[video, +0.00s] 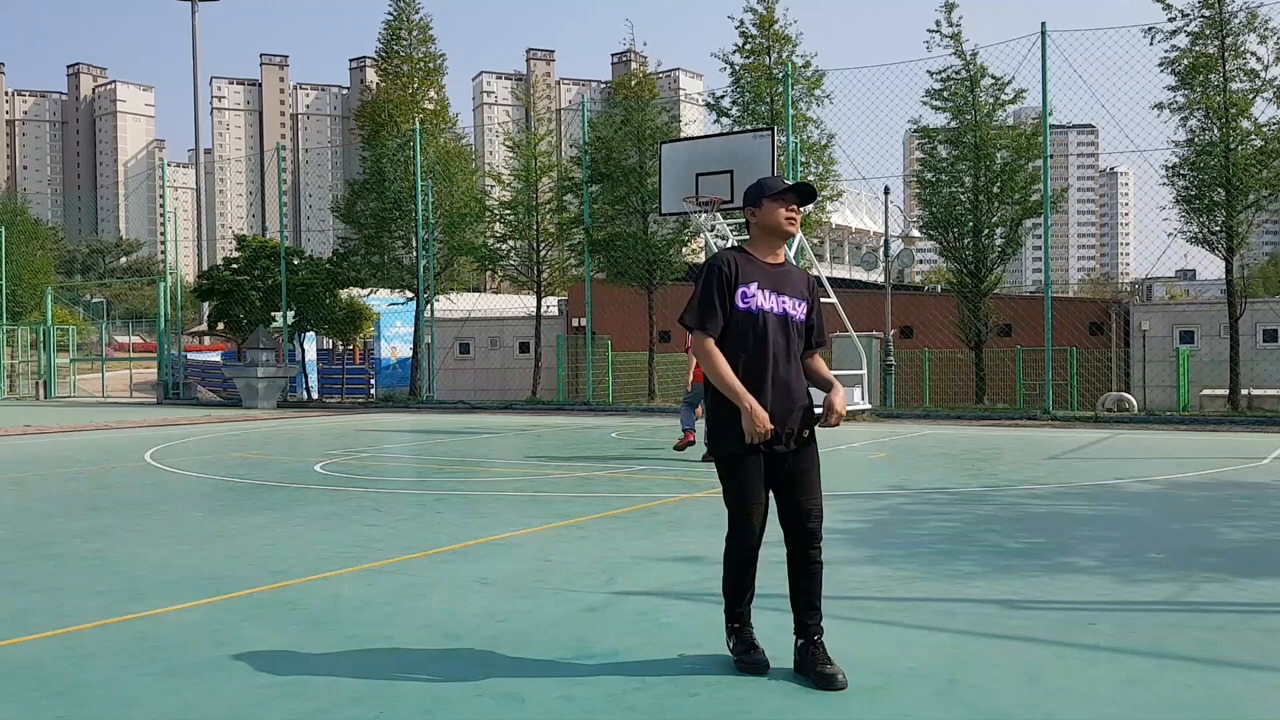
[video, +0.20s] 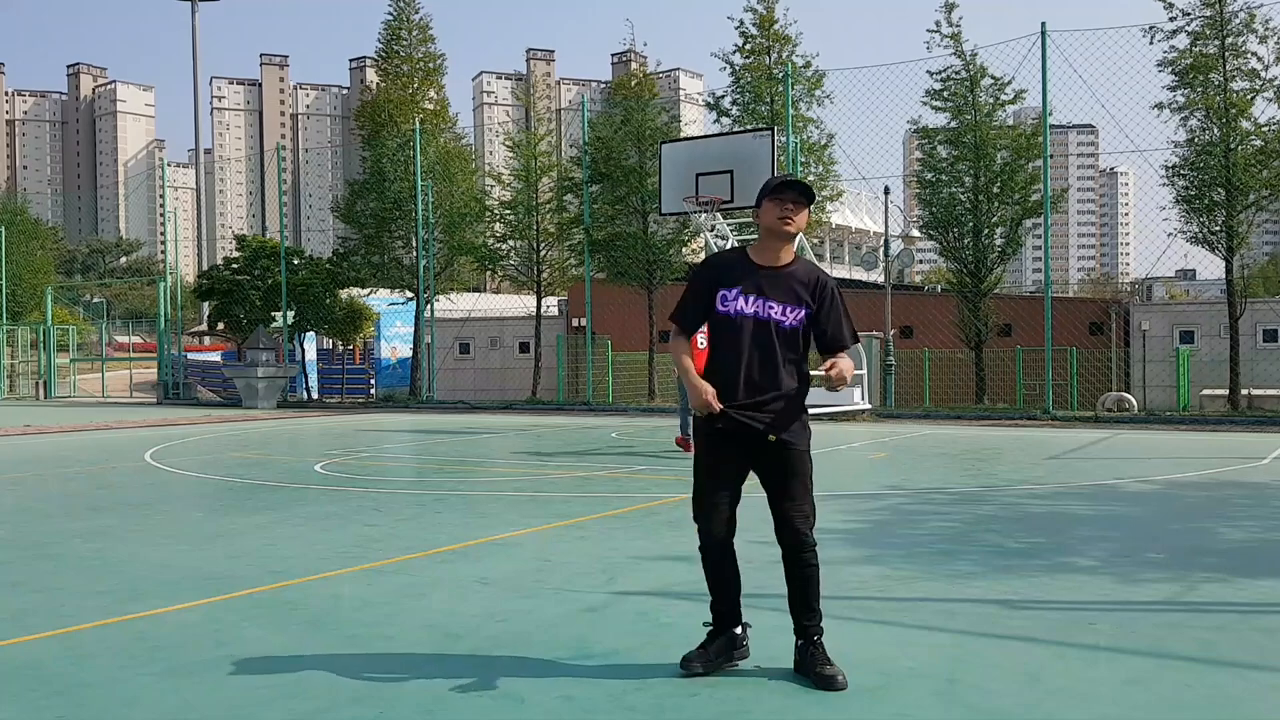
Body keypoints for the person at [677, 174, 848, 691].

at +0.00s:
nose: (795, 210)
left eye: (798, 204)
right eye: (784, 201)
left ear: (798, 217)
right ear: (753, 212)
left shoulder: (803, 282)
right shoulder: (724, 265)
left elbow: (809, 353)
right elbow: (702, 344)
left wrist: (833, 384)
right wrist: (747, 402)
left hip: (795, 425)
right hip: (739, 426)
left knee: (807, 532)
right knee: (747, 530)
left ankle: (810, 643)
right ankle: (740, 632)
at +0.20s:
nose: (789, 208)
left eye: (799, 203)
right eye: (780, 199)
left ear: (807, 221)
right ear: (758, 211)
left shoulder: (817, 284)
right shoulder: (718, 269)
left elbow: (842, 355)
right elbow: (678, 334)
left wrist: (842, 366)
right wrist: (692, 380)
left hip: (784, 427)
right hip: (720, 423)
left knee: (798, 534)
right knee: (713, 531)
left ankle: (810, 645)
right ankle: (727, 635)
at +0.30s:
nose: (758, 207)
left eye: (769, 200)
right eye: (750, 199)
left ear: (787, 214)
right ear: (738, 210)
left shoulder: (804, 277)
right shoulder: (707, 270)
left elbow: (841, 349)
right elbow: (676, 338)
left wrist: (822, 350)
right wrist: (669, 363)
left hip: (772, 427)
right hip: (707, 425)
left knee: (791, 535)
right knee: (687, 524)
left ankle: (811, 644)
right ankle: (688, 627)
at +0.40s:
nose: (731, 216)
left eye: (742, 208)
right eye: (724, 208)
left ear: (763, 219)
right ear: (715, 217)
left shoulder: (783, 278)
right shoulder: (697, 280)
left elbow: (826, 349)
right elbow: (688, 346)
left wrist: (790, 340)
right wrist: (659, 354)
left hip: (759, 433)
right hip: (696, 429)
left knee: (780, 540)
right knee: (665, 532)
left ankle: (811, 643)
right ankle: (647, 629)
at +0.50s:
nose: (700, 232)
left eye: (710, 225)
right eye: (693, 225)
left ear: (733, 233)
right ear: (686, 234)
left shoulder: (753, 288)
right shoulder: (680, 295)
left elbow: (799, 351)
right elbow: (684, 362)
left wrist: (748, 345)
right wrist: (645, 357)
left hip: (741, 446)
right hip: (680, 443)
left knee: (768, 547)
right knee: (652, 541)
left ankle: (809, 645)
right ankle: (637, 634)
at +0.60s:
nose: (667, 230)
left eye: (678, 222)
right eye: (661, 223)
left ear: (702, 230)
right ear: (655, 231)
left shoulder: (725, 282)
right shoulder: (654, 293)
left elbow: (767, 348)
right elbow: (661, 358)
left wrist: (713, 355)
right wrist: (615, 360)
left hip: (722, 438)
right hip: (663, 437)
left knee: (758, 540)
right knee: (643, 538)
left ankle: (805, 642)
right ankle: (635, 633)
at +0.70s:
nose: (641, 230)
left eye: (651, 223)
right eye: (635, 223)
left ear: (675, 230)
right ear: (629, 231)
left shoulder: (701, 276)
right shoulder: (626, 291)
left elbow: (747, 338)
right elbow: (633, 355)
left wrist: (696, 358)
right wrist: (603, 357)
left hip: (713, 426)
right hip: (655, 430)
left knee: (749, 525)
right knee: (644, 532)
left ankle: (786, 633)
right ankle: (635, 635)